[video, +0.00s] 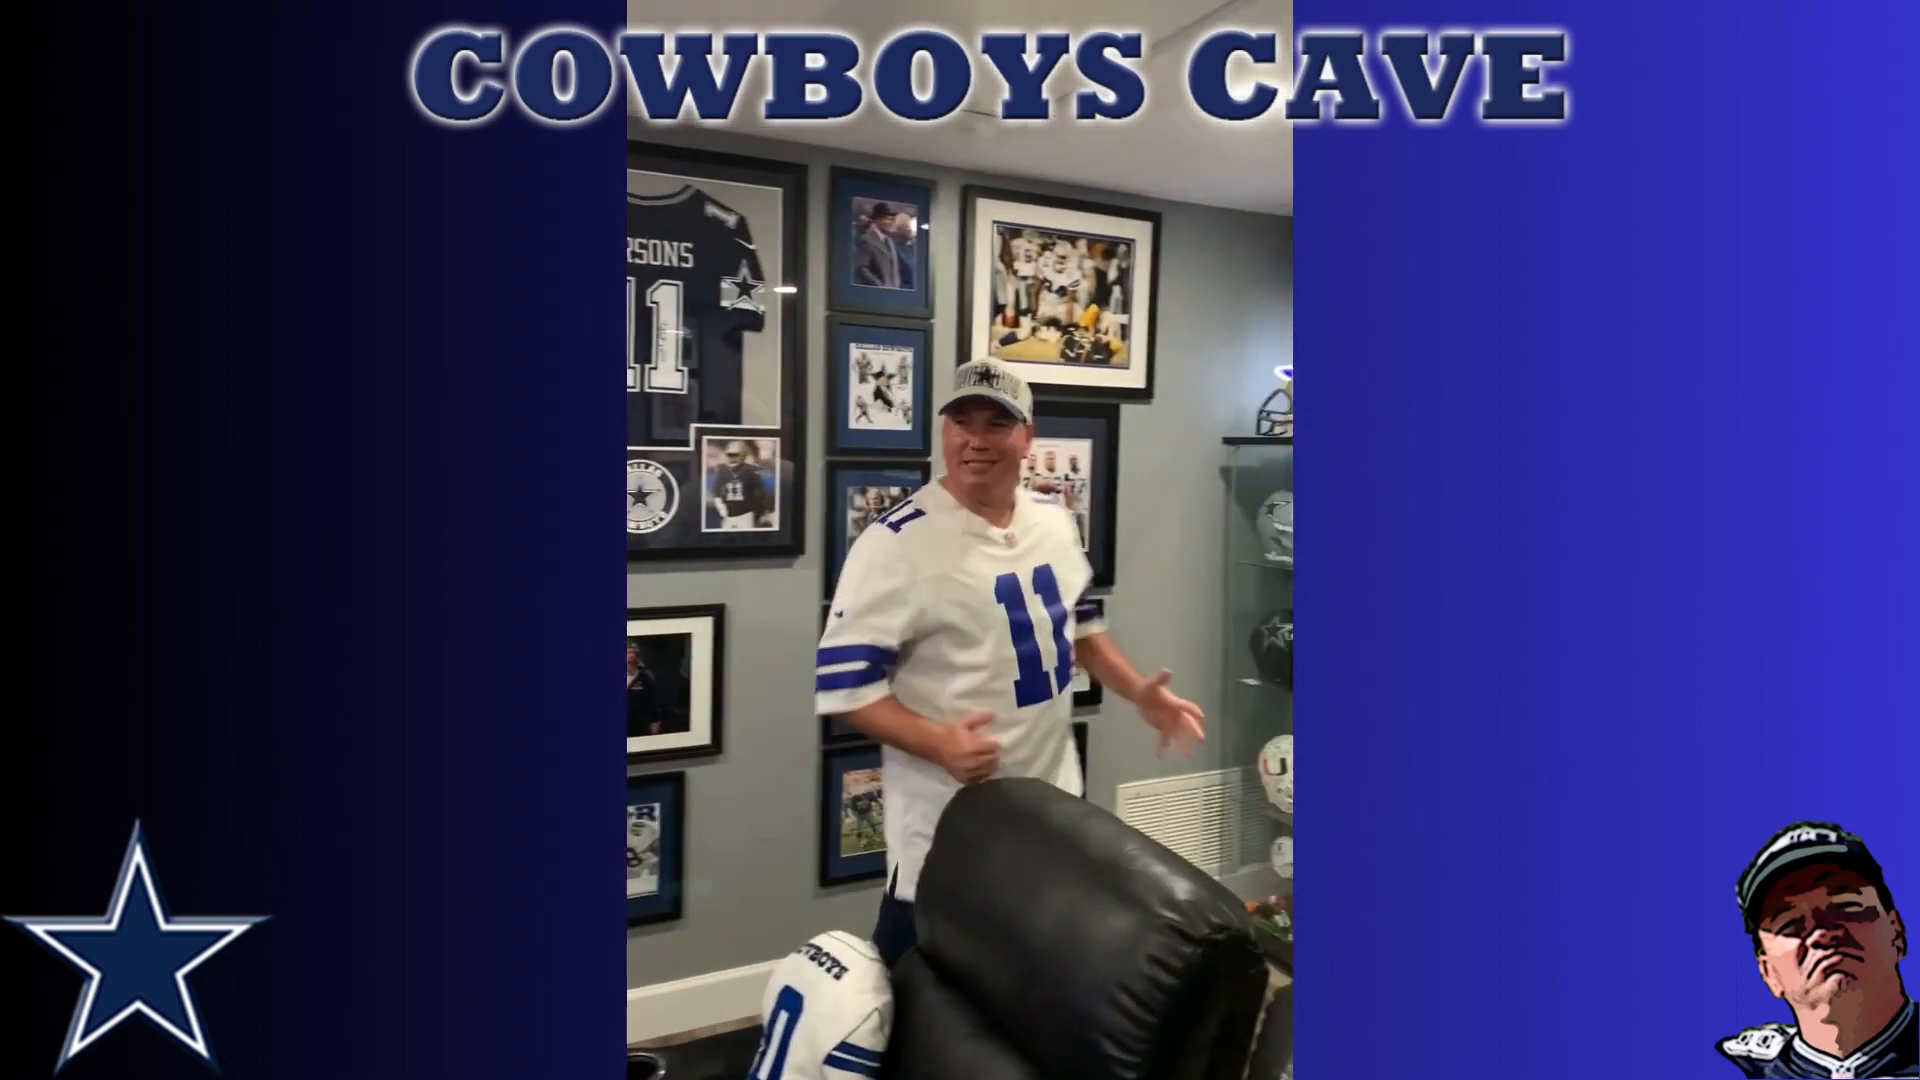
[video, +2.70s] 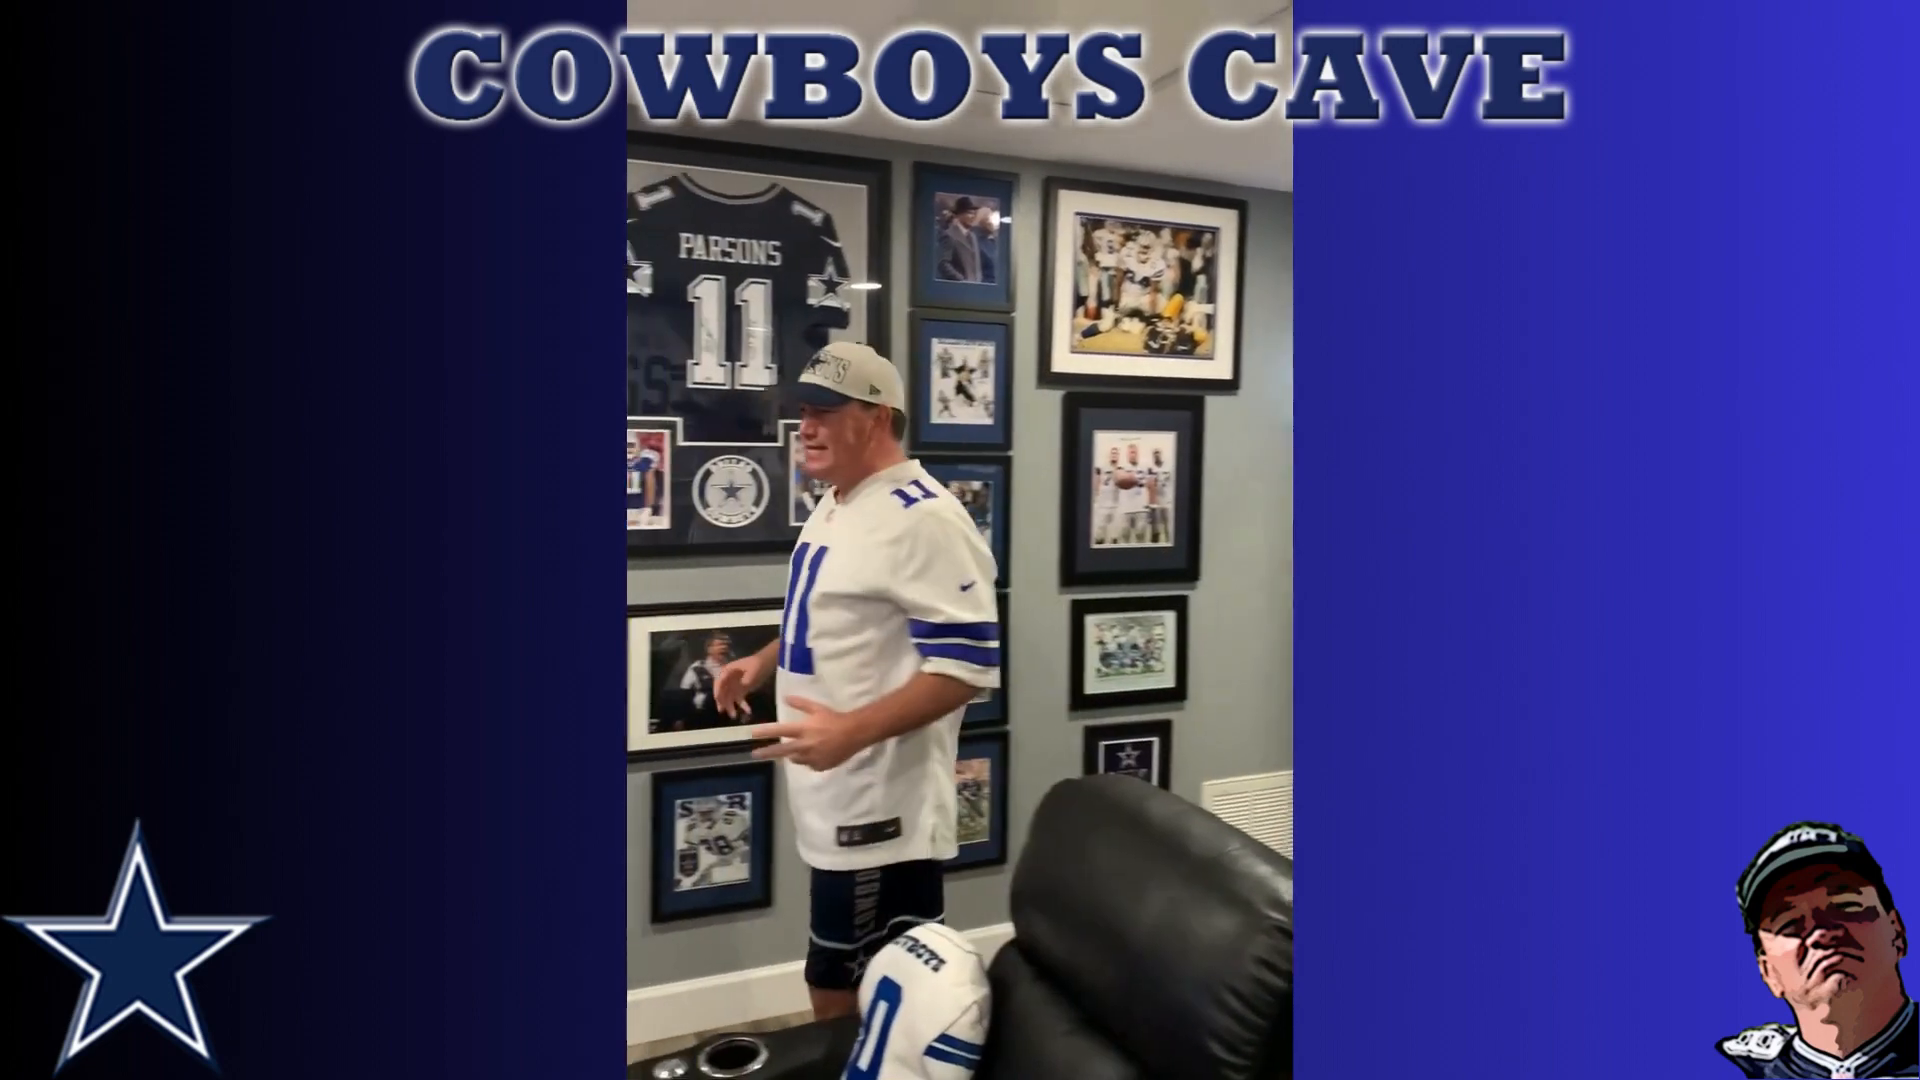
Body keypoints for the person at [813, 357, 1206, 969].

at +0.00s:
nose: (976, 439)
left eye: (997, 423)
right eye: (962, 422)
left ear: (1027, 440)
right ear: (941, 433)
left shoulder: (1054, 525)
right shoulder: (895, 546)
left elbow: (1081, 630)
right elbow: (846, 686)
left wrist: (1137, 690)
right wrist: (937, 740)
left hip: (1051, 822)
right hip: (944, 832)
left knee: (1050, 983)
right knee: (933, 996)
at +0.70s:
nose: (988, 435)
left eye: (1005, 419)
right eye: (983, 421)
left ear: (1049, 435)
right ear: (976, 434)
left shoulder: (1115, 515)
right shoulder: (968, 527)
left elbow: (1182, 626)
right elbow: (937, 618)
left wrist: (1108, 681)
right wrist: (906, 669)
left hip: (1095, 796)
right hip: (994, 794)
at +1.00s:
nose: (1095, 415)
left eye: (1110, 405)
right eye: (1081, 404)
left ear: (1132, 429)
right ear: (1062, 427)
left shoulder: (1175, 515)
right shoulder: (1007, 509)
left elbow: (1212, 619)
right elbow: (957, 595)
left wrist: (1187, 649)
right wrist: (979, 626)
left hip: (1131, 773)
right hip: (1023, 771)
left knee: (1131, 937)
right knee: (1024, 931)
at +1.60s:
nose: (1013, 417)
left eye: (1029, 406)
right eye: (1001, 407)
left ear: (1053, 431)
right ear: (984, 430)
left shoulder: (1101, 517)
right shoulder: (954, 518)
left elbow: (1155, 625)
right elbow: (935, 607)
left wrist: (1119, 691)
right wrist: (912, 661)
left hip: (1070, 785)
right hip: (965, 780)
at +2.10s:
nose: (901, 406)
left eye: (917, 393)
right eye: (886, 393)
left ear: (941, 413)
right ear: (866, 415)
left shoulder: (993, 503)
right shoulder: (837, 505)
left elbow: (1048, 614)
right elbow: (820, 599)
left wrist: (1004, 679)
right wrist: (789, 656)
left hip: (958, 769)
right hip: (866, 769)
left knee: (961, 932)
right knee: (883, 927)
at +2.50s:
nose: (830, 440)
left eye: (846, 423)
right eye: (826, 425)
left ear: (895, 427)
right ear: (823, 433)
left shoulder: (962, 522)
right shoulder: (836, 515)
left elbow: (1019, 652)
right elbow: (824, 621)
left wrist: (940, 725)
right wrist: (775, 673)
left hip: (916, 812)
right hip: (861, 807)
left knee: (848, 979)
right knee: (926, 969)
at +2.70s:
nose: (806, 427)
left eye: (825, 411)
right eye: (803, 412)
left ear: (876, 418)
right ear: (801, 419)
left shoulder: (927, 517)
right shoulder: (836, 504)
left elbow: (965, 668)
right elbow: (826, 620)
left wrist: (853, 730)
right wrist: (760, 665)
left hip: (880, 811)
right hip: (836, 804)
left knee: (838, 999)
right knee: (879, 996)